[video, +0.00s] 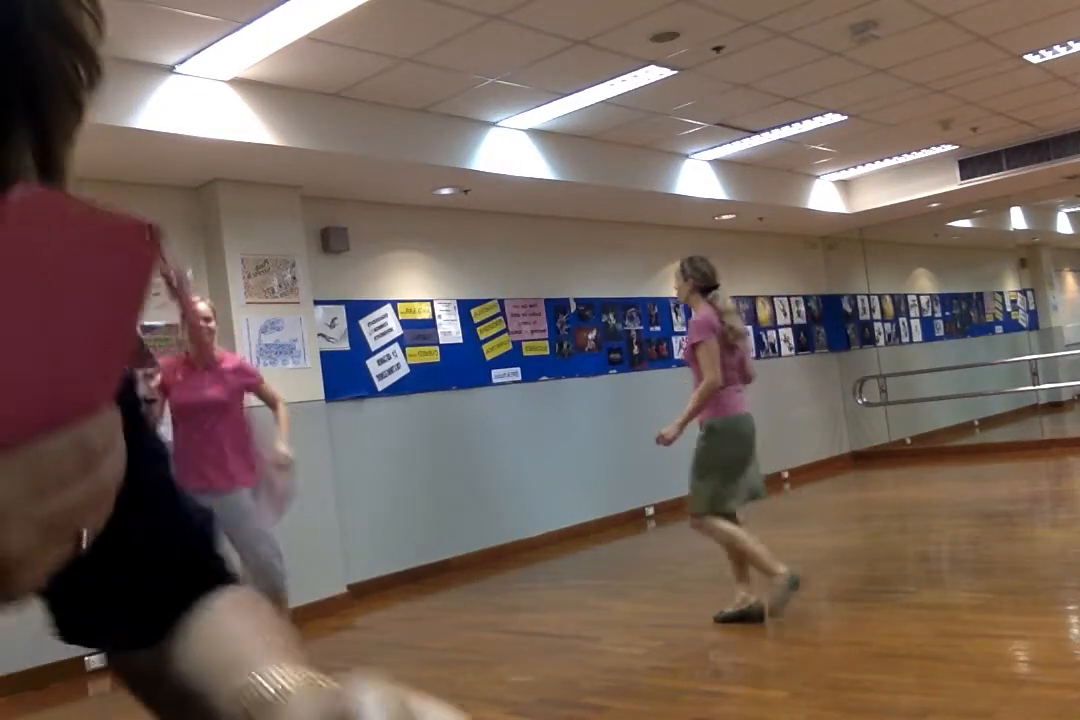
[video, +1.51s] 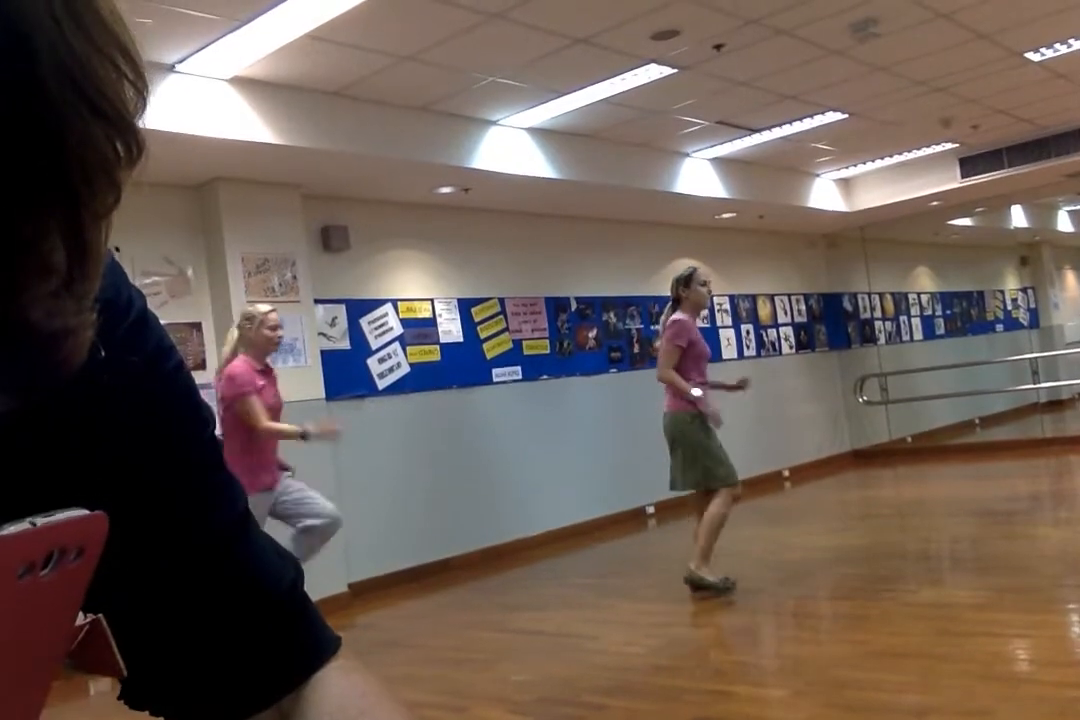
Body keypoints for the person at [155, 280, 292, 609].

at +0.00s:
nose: (205, 326)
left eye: (209, 319)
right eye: (197, 320)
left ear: (216, 324)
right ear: (184, 327)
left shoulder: (235, 367)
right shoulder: (170, 370)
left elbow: (277, 403)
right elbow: (150, 427)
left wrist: (282, 446)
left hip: (234, 485)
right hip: (189, 488)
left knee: (266, 561)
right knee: (202, 569)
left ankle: (279, 633)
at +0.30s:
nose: (199, 355)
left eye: (205, 348)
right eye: (191, 349)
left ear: (213, 352)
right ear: (180, 354)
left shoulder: (224, 395)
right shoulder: (172, 397)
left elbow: (250, 452)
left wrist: (236, 416)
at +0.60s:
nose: (213, 308)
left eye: (216, 302)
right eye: (204, 303)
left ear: (222, 306)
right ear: (188, 311)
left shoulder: (235, 345)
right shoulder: (181, 351)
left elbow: (256, 386)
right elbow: (177, 396)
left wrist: (262, 400)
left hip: (247, 446)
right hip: (208, 451)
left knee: (259, 519)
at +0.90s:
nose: (237, 334)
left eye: (240, 327)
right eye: (228, 329)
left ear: (246, 332)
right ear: (212, 337)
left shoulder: (264, 377)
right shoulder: (199, 379)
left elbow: (282, 429)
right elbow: (196, 436)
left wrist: (304, 475)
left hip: (270, 481)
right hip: (228, 485)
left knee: (281, 558)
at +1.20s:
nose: (248, 329)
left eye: (251, 322)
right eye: (239, 324)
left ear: (255, 326)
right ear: (222, 332)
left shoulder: (271, 370)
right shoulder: (205, 370)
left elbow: (279, 416)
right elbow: (198, 426)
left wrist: (289, 455)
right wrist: (209, 400)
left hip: (259, 476)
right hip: (221, 477)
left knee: (259, 547)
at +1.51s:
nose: (279, 334)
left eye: (280, 328)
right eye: (272, 329)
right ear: (250, 332)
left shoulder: (263, 370)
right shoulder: (238, 373)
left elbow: (259, 429)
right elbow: (260, 425)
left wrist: (272, 460)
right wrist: (307, 432)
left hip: (269, 478)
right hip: (246, 485)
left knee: (325, 519)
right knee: (246, 556)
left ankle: (280, 577)